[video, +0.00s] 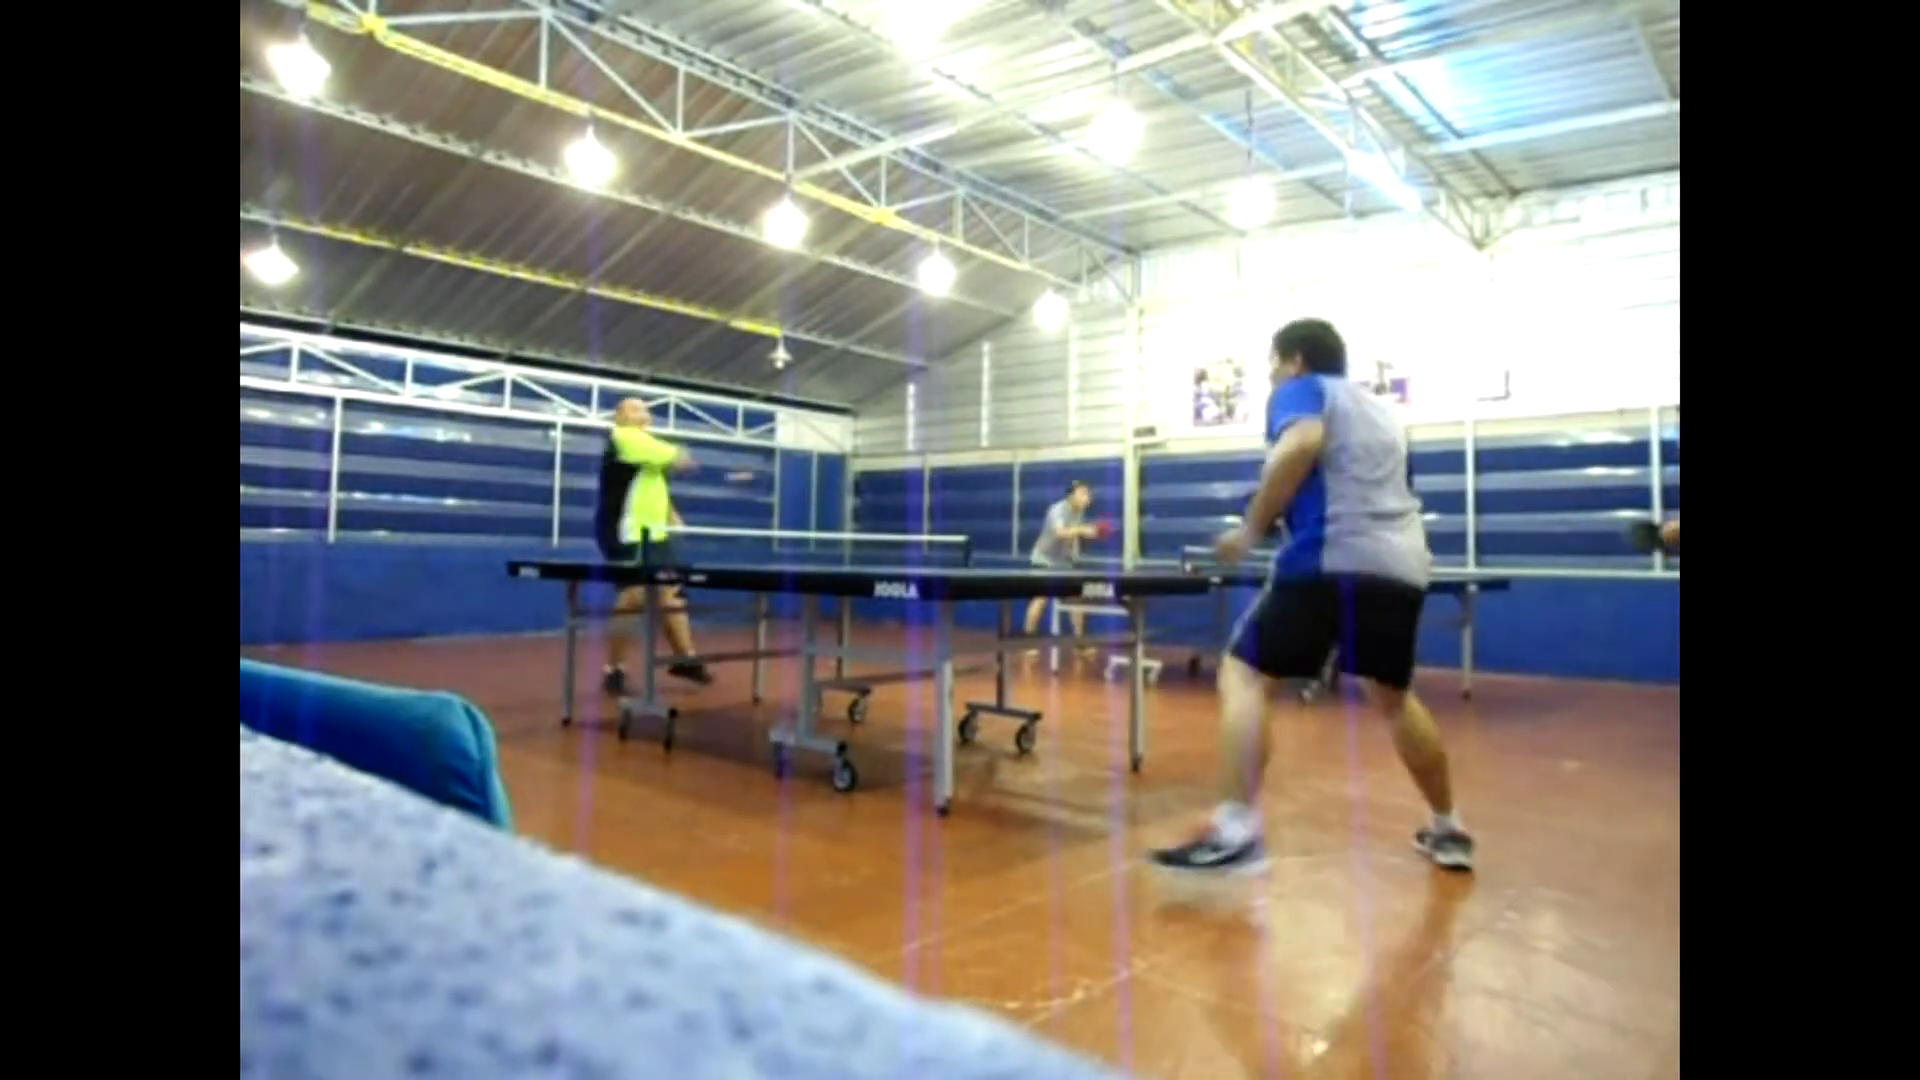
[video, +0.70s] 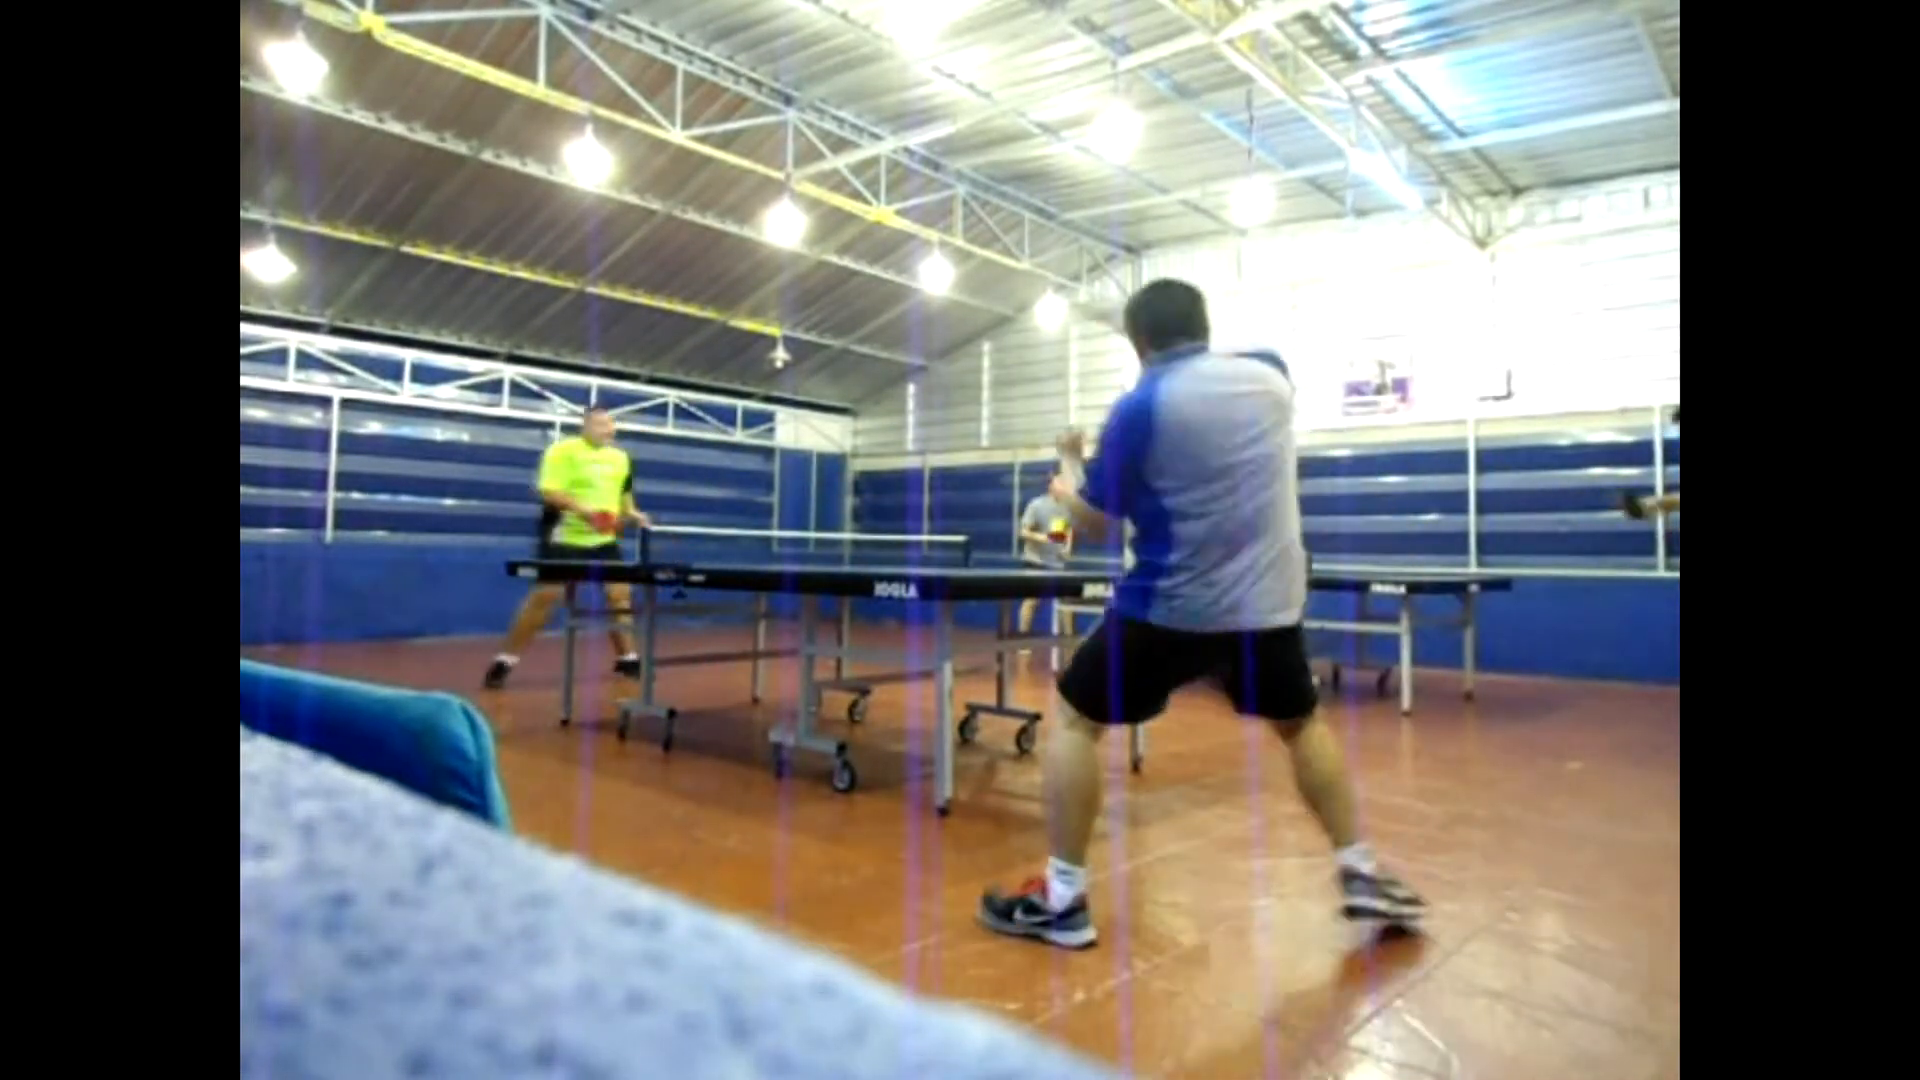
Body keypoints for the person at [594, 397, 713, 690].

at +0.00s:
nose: (645, 415)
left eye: (645, 410)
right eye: (637, 409)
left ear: (647, 417)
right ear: (621, 416)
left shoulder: (648, 443)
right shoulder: (621, 438)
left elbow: (654, 489)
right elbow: (655, 454)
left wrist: (670, 514)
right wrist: (677, 457)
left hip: (654, 527)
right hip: (625, 528)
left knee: (670, 591)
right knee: (633, 595)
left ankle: (686, 656)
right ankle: (614, 666)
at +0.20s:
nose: (658, 440)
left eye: (657, 435)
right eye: (654, 435)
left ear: (630, 439)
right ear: (644, 437)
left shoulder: (609, 469)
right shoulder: (651, 462)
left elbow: (604, 515)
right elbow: (681, 477)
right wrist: (658, 453)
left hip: (608, 551)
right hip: (636, 551)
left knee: (642, 605)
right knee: (658, 601)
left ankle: (633, 664)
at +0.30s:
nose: (659, 450)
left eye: (659, 443)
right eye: (655, 443)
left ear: (634, 445)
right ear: (641, 444)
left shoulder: (611, 472)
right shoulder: (650, 471)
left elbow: (603, 512)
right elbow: (672, 509)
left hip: (602, 551)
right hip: (632, 553)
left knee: (638, 608)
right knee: (644, 607)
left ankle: (634, 668)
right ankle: (618, 674)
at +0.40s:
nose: (658, 447)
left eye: (659, 442)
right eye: (652, 441)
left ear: (659, 446)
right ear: (636, 444)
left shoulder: (625, 468)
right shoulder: (636, 471)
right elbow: (647, 512)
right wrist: (667, 542)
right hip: (617, 552)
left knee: (635, 608)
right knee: (615, 610)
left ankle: (633, 668)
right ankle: (618, 673)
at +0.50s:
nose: (648, 441)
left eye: (650, 436)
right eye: (643, 434)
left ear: (646, 441)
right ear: (626, 435)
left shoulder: (637, 466)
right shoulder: (611, 462)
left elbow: (637, 507)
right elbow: (608, 500)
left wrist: (655, 537)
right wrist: (648, 525)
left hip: (631, 546)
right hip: (605, 545)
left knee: (638, 602)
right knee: (595, 604)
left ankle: (634, 664)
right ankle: (581, 668)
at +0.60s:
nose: (628, 429)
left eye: (631, 423)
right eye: (621, 422)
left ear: (634, 428)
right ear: (607, 425)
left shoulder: (631, 459)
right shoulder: (587, 450)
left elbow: (627, 501)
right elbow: (578, 492)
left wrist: (641, 527)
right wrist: (621, 515)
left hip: (617, 539)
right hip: (586, 537)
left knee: (626, 599)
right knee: (573, 597)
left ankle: (632, 660)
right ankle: (537, 656)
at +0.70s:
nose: (607, 430)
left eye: (610, 424)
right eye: (601, 424)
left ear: (613, 428)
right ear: (586, 426)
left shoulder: (620, 459)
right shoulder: (561, 451)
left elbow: (623, 495)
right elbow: (550, 491)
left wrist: (633, 513)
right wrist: (587, 513)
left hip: (605, 541)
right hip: (567, 539)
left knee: (620, 594)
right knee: (546, 596)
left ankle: (628, 655)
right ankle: (507, 658)